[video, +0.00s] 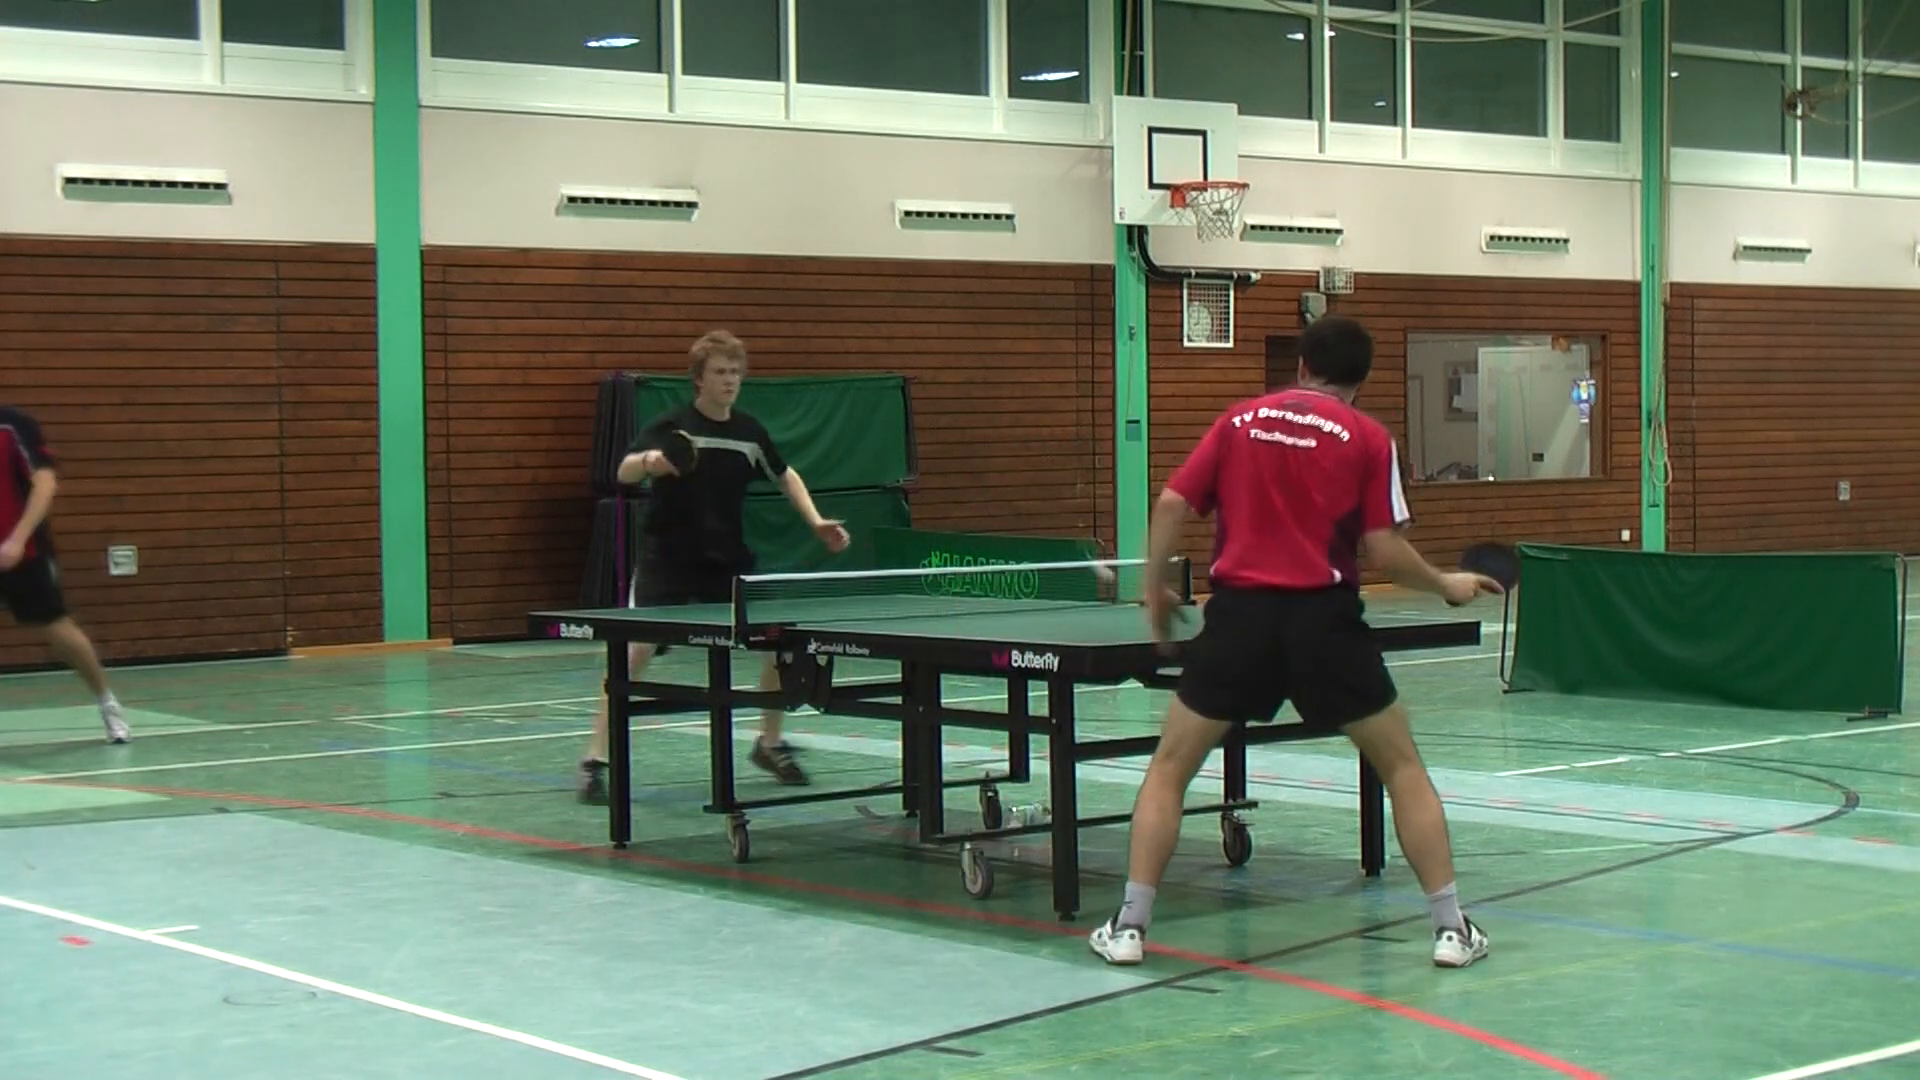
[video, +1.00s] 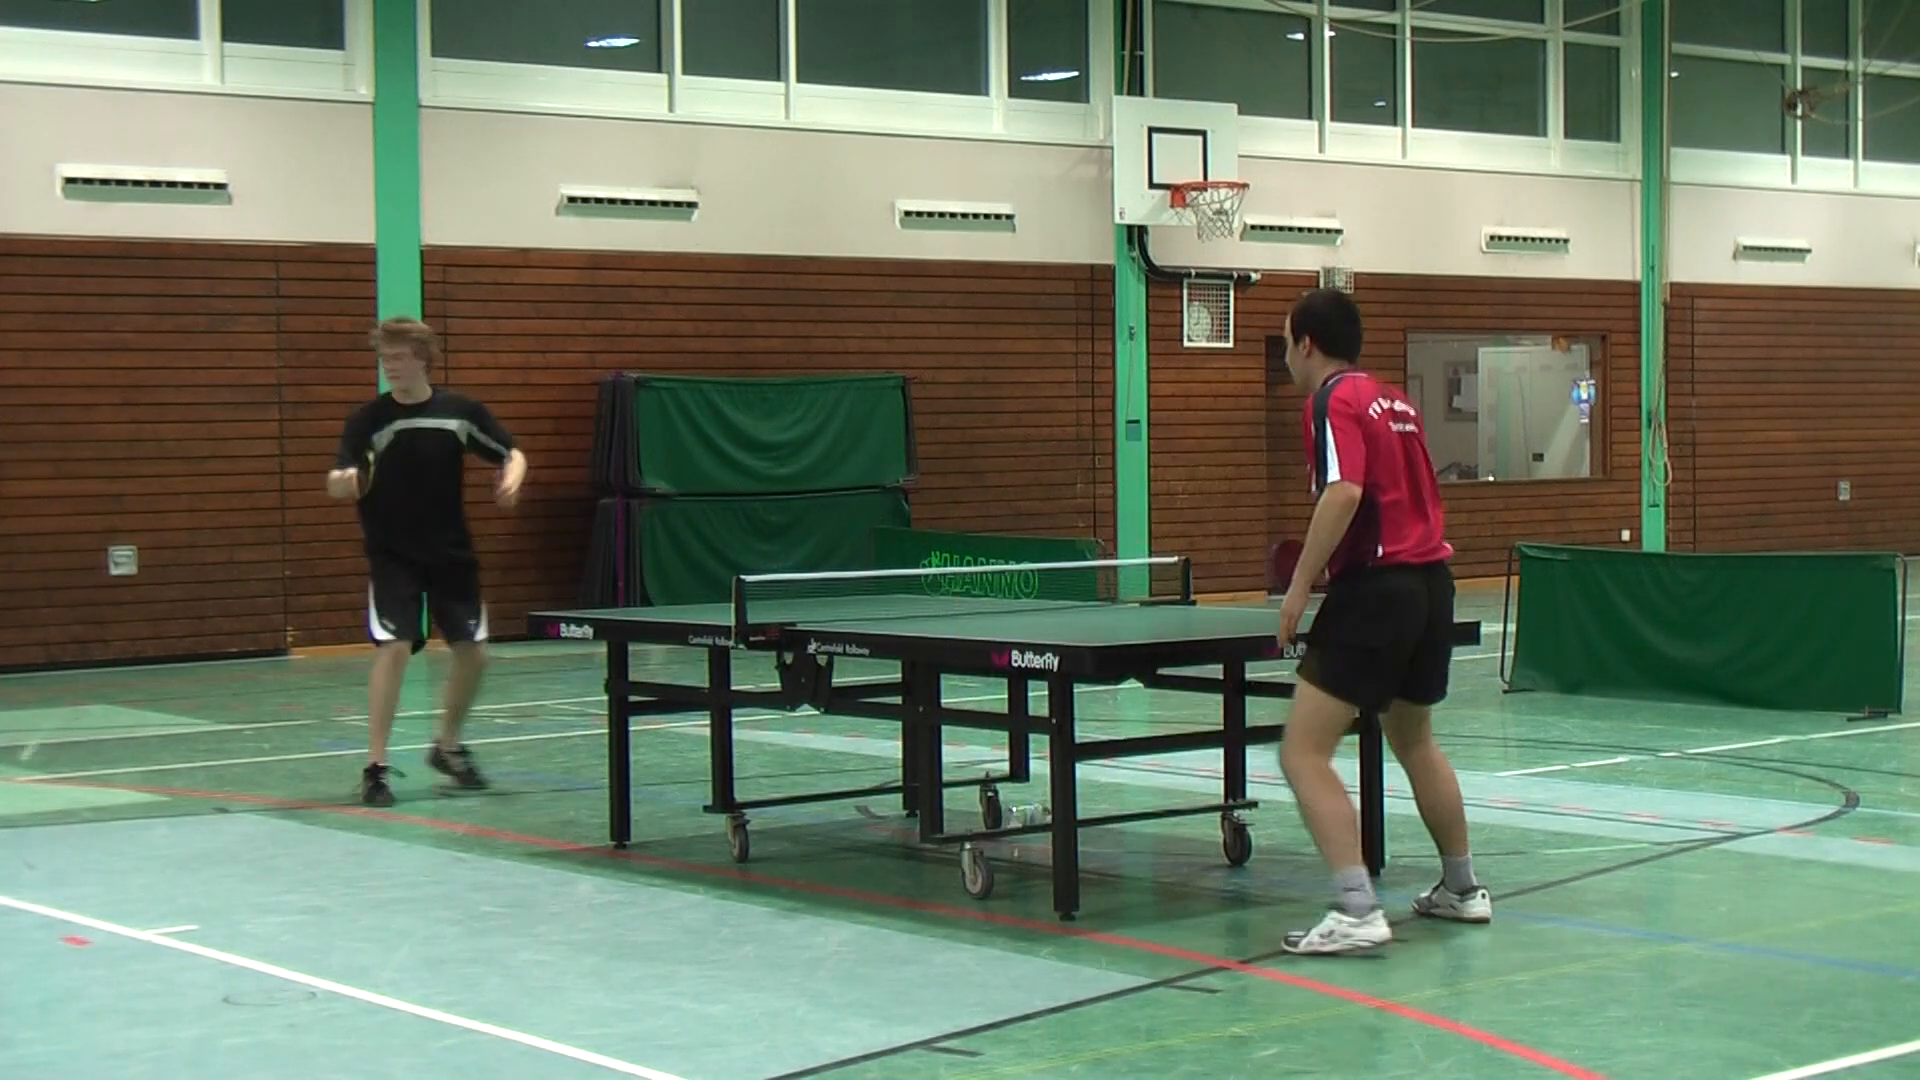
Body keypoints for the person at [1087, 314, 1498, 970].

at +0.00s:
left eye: (1308, 363)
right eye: (1358, 381)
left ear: (1302, 365)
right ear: (1362, 379)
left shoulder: (1241, 416)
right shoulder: (1369, 437)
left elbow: (1172, 504)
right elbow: (1384, 551)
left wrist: (1156, 586)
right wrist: (1444, 583)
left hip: (1235, 624)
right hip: (1325, 627)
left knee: (1170, 767)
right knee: (1401, 767)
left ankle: (1129, 925)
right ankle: (1451, 927)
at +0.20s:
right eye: (1324, 386)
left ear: (1265, 375)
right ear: (1324, 391)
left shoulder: (1215, 411)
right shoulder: (1328, 463)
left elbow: (1131, 457)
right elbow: (1325, 569)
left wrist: (1050, 510)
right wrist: (1360, 573)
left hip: (1197, 618)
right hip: (1282, 628)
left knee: (1143, 767)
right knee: (1356, 776)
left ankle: (1122, 928)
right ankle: (1443, 926)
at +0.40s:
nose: (1209, 394)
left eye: (1215, 385)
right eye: (1216, 387)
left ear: (1229, 386)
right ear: (1271, 397)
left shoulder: (1241, 409)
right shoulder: (1231, 475)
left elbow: (1212, 436)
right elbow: (1128, 513)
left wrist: (1117, 470)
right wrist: (1041, 484)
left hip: (1216, 600)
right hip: (1287, 608)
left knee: (1139, 759)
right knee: (1318, 778)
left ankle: (1122, 927)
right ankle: (1428, 912)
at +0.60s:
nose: (1205, 389)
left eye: (1208, 379)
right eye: (1209, 380)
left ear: (1222, 380)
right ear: (1262, 385)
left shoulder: (1236, 411)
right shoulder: (1253, 436)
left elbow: (1287, 454)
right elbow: (1200, 549)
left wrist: (1318, 526)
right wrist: (1108, 557)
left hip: (1256, 616)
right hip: (1317, 615)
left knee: (1155, 764)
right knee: (1350, 760)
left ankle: (1124, 928)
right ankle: (1460, 877)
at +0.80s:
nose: (1257, 382)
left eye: (1259, 369)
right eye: (1259, 369)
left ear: (1279, 367)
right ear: (1319, 368)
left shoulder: (1309, 417)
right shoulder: (1345, 418)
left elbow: (1338, 505)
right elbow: (1323, 542)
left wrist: (1313, 602)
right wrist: (1240, 573)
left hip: (1347, 609)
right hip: (1394, 608)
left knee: (1242, 756)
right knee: (1388, 753)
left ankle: (1188, 917)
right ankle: (1459, 888)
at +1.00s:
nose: (1289, 361)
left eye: (1289, 348)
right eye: (1288, 349)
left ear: (1309, 345)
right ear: (1353, 344)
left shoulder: (1336, 399)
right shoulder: (1394, 398)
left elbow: (1344, 490)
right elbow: (1414, 496)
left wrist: (1299, 592)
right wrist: (1353, 576)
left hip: (1374, 591)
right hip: (1431, 587)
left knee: (1305, 751)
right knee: (1412, 735)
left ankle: (1357, 909)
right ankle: (1462, 887)